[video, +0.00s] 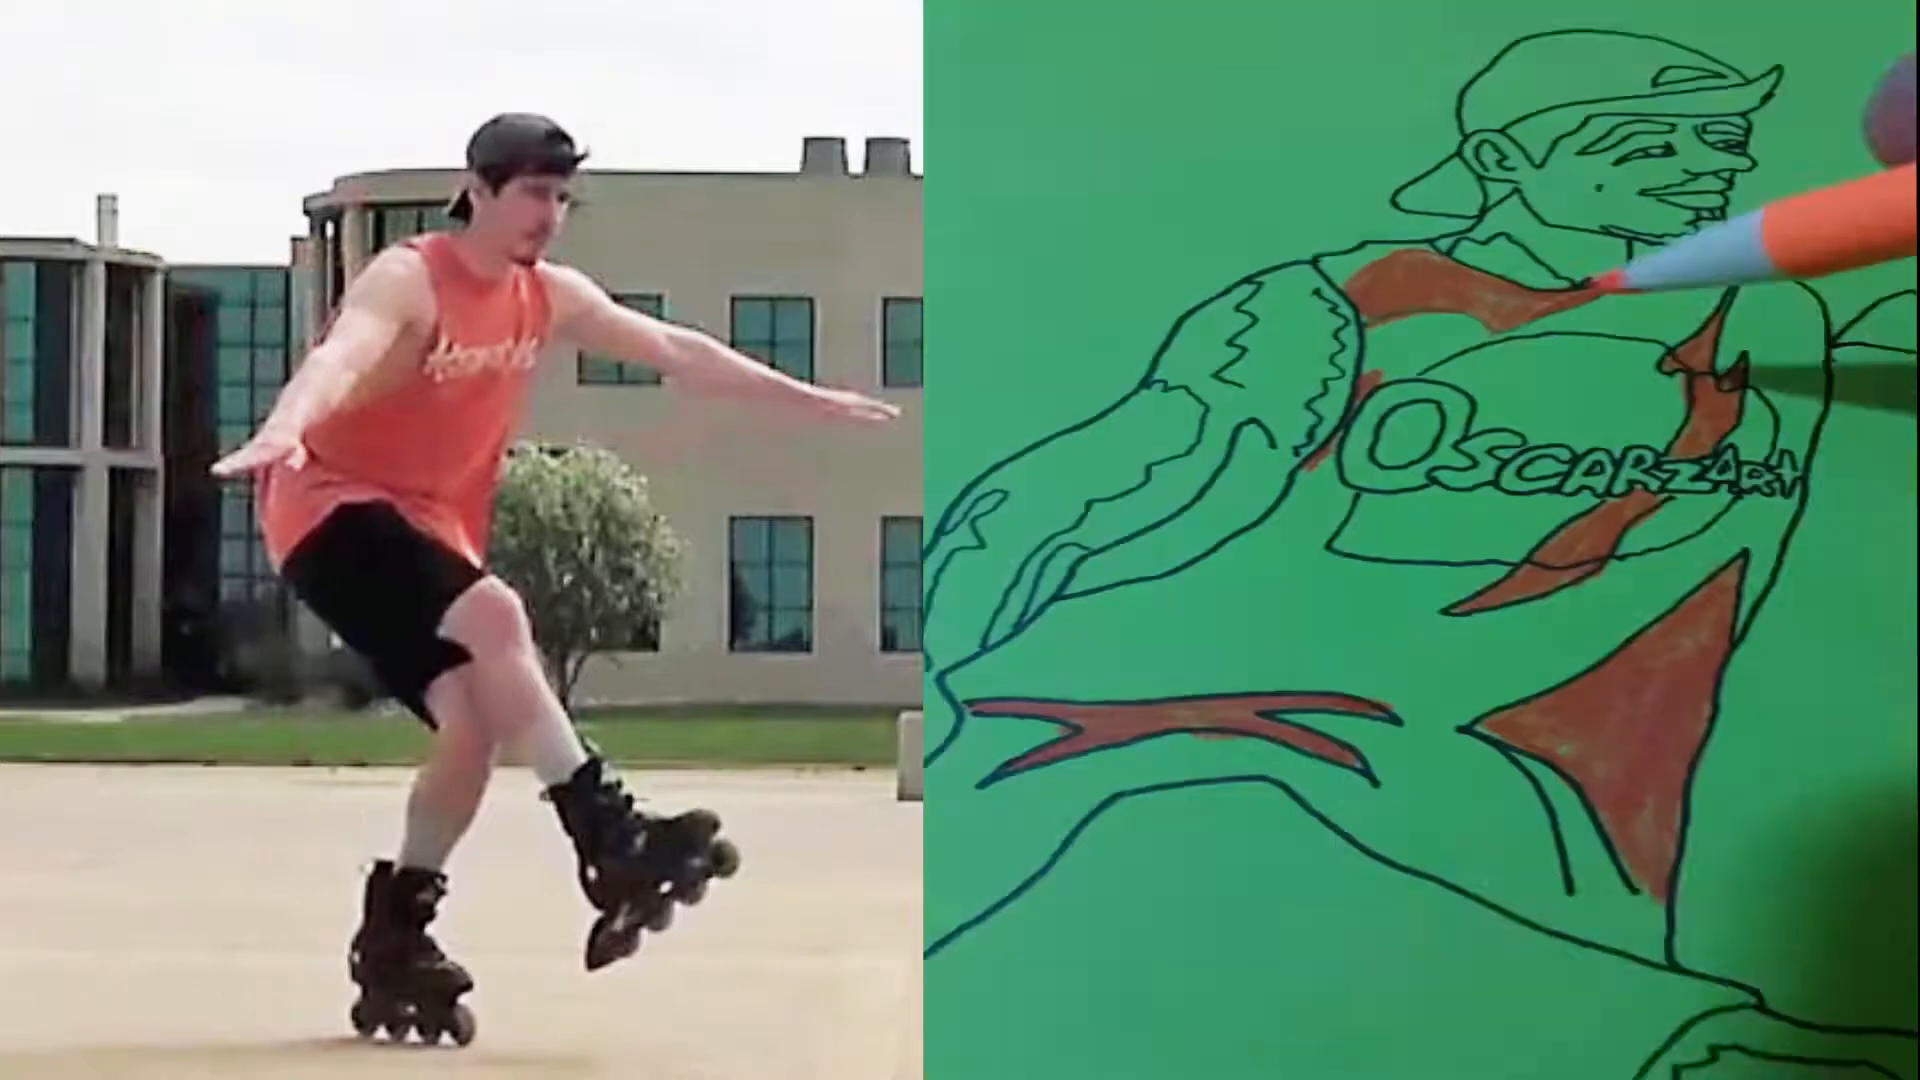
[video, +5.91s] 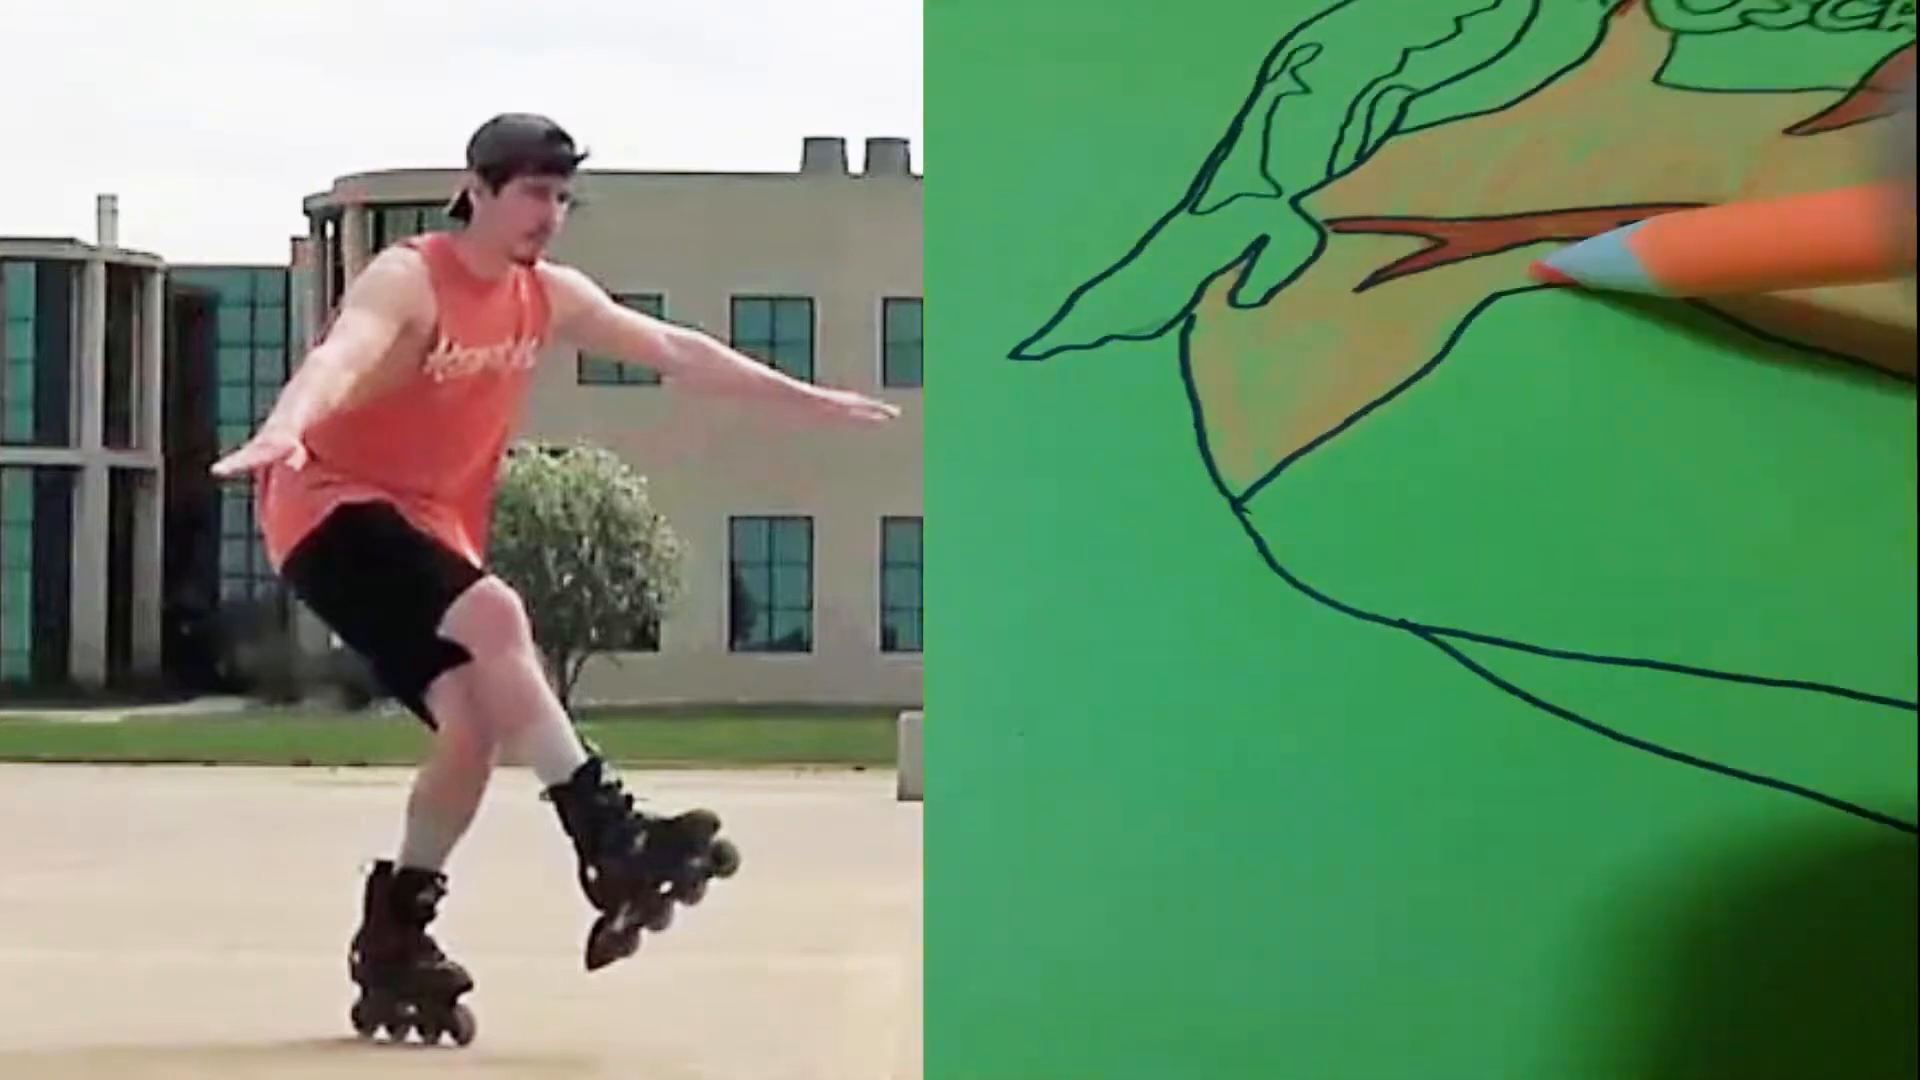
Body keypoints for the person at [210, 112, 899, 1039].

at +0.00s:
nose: (552, 214)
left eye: (562, 198)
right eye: (536, 194)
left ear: (563, 203)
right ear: (477, 191)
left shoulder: (551, 293)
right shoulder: (409, 274)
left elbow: (674, 349)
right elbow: (342, 356)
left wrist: (810, 399)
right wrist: (283, 429)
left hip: (436, 530)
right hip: (334, 505)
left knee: (477, 725)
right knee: (492, 616)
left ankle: (393, 936)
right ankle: (611, 842)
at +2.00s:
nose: (552, 214)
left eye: (562, 198)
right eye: (536, 195)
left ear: (562, 203)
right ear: (477, 191)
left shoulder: (551, 293)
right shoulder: (408, 275)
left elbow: (674, 350)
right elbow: (342, 356)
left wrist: (810, 399)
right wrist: (283, 428)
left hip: (436, 529)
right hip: (333, 504)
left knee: (477, 723)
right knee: (492, 616)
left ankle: (393, 937)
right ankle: (611, 843)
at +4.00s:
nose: (551, 215)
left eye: (561, 199)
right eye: (535, 195)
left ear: (563, 203)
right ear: (476, 191)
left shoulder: (551, 293)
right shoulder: (408, 274)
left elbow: (674, 350)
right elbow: (342, 355)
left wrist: (810, 399)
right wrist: (283, 428)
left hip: (436, 530)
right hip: (334, 505)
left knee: (477, 725)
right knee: (492, 616)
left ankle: (393, 935)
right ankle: (610, 841)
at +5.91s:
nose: (551, 215)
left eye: (561, 199)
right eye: (535, 195)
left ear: (563, 204)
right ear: (475, 192)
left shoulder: (551, 293)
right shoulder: (408, 274)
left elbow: (673, 349)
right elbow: (342, 355)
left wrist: (810, 399)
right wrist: (283, 428)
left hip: (436, 529)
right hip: (334, 504)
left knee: (477, 724)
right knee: (492, 616)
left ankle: (393, 936)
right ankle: (610, 842)